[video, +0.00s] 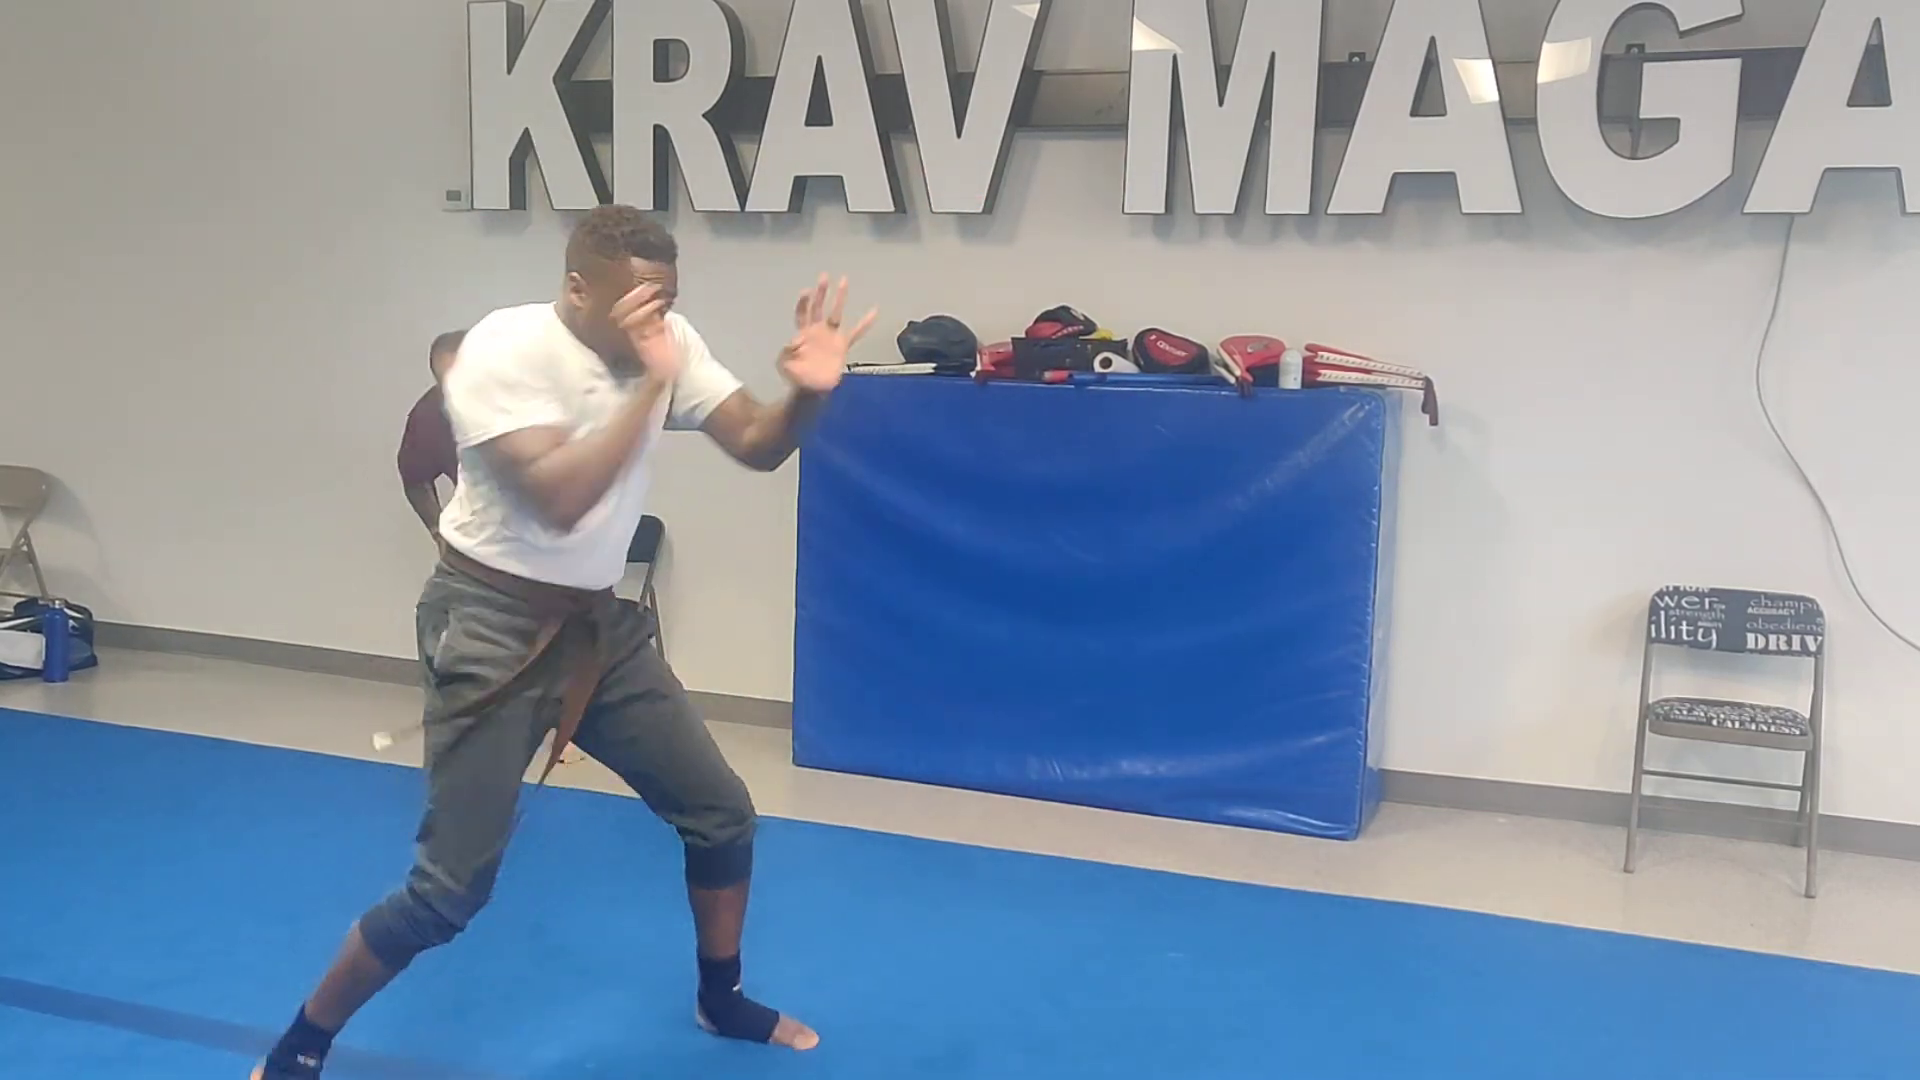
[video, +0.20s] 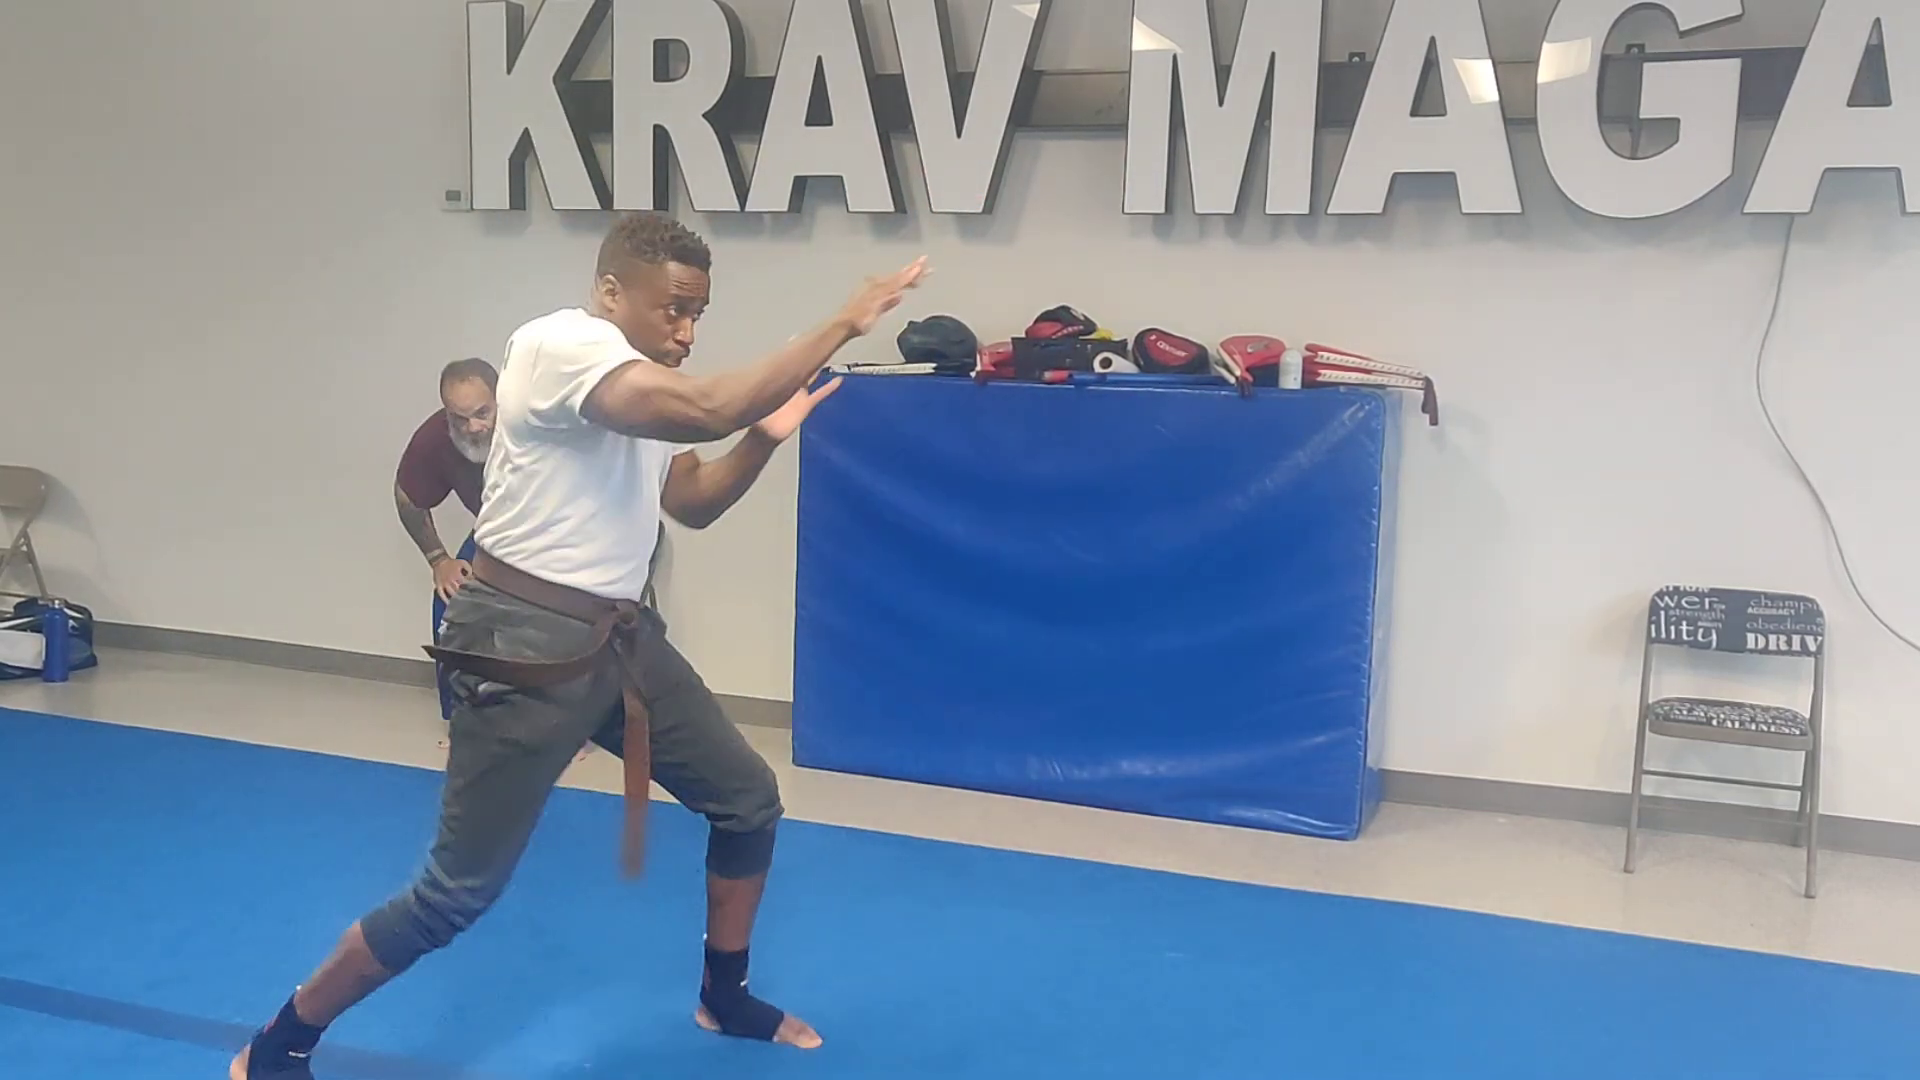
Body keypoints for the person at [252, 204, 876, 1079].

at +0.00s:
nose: (657, 313)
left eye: (665, 297)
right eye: (640, 297)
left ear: (667, 289)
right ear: (577, 289)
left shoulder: (665, 341)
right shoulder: (496, 354)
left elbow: (757, 444)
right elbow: (560, 494)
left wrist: (802, 396)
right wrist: (649, 387)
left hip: (597, 617)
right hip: (490, 618)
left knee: (721, 813)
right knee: (449, 892)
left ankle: (722, 997)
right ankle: (299, 1049)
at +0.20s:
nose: (687, 329)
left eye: (695, 313)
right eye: (674, 307)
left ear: (695, 307)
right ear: (611, 291)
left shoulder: (642, 390)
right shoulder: (560, 348)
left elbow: (691, 500)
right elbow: (710, 405)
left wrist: (761, 436)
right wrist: (844, 323)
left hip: (619, 633)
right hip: (522, 632)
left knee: (747, 803)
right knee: (454, 892)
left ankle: (725, 997)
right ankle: (283, 1041)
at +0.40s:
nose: (732, 378)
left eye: (733, 365)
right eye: (733, 358)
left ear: (696, 352)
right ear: (686, 332)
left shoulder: (686, 415)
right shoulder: (597, 359)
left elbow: (779, 466)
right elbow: (780, 360)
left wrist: (857, 372)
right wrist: (877, 317)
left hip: (616, 668)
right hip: (507, 672)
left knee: (765, 803)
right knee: (417, 910)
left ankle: (834, 1008)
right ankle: (230, 1033)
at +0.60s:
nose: (799, 372)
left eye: (803, 360)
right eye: (793, 352)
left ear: (780, 354)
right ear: (755, 328)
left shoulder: (764, 422)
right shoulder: (698, 365)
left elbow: (857, 468)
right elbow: (838, 337)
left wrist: (877, 357)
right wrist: (889, 317)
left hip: (716, 670)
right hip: (616, 656)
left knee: (864, 804)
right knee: (524, 913)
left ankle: (857, 1011)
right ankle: (297, 991)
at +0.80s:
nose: (827, 326)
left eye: (837, 310)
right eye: (820, 303)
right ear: (762, 274)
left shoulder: (819, 372)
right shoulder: (671, 335)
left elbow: (851, 510)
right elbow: (608, 475)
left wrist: (889, 439)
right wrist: (736, 425)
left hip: (828, 575)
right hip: (762, 574)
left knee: (922, 806)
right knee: (967, 631)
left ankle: (867, 1014)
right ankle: (832, 820)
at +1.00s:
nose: (845, 320)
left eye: (852, 305)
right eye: (833, 302)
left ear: (850, 301)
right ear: (772, 291)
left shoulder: (834, 372)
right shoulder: (717, 363)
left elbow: (915, 484)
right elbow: (716, 514)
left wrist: (953, 388)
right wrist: (829, 414)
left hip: (884, 583)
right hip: (832, 587)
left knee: (960, 815)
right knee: (1068, 552)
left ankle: (875, 1015)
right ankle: (987, 791)